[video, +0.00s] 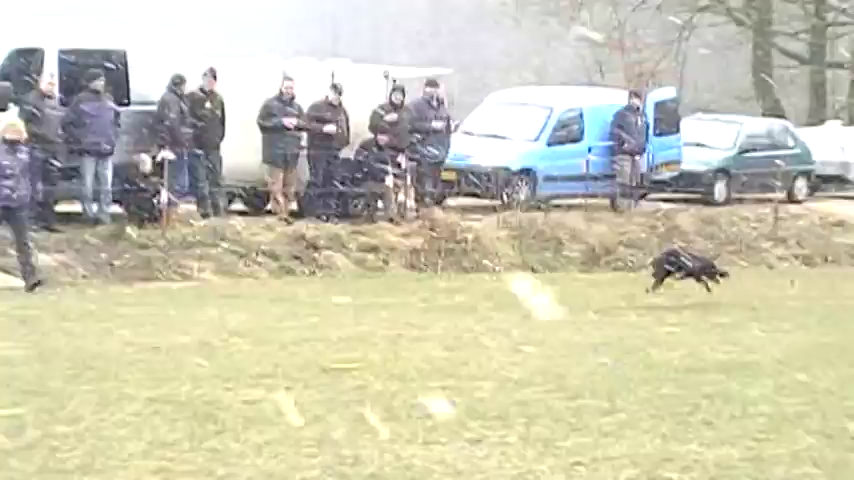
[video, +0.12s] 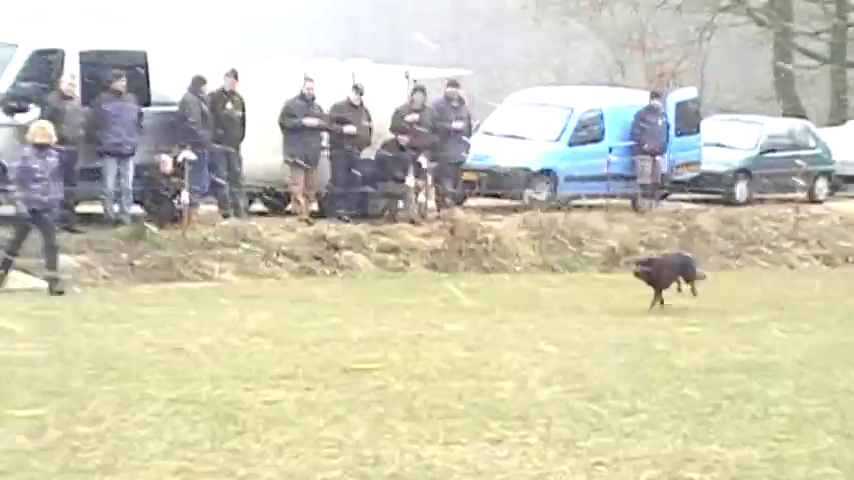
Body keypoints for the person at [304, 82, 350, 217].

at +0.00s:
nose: (336, 98)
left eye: (338, 95)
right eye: (334, 94)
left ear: (341, 96)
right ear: (329, 93)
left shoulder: (342, 111)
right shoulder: (316, 107)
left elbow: (346, 127)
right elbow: (307, 123)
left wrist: (345, 140)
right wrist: (322, 128)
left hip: (334, 149)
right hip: (318, 149)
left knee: (331, 180)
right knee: (317, 179)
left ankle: (330, 210)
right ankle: (314, 209)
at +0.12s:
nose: (357, 98)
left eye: (360, 95)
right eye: (355, 94)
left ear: (363, 96)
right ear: (350, 93)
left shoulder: (365, 111)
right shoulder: (338, 108)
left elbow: (369, 127)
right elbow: (330, 125)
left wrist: (367, 141)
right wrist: (343, 129)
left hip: (357, 150)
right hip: (340, 149)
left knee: (355, 180)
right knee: (340, 179)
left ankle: (352, 208)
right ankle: (338, 208)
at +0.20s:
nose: (350, 94)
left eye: (352, 91)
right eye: (347, 90)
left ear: (355, 92)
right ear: (342, 91)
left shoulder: (358, 110)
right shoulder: (332, 106)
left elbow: (367, 125)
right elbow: (324, 123)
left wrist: (358, 124)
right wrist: (343, 124)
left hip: (354, 154)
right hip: (336, 153)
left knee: (351, 187)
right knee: (337, 187)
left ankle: (348, 213)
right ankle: (340, 214)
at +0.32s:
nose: (353, 81)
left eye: (355, 78)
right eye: (351, 77)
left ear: (357, 79)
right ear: (347, 77)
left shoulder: (359, 97)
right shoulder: (337, 95)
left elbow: (362, 118)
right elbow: (332, 115)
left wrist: (360, 136)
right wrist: (333, 134)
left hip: (354, 141)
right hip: (339, 141)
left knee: (356, 173)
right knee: (343, 173)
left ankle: (359, 205)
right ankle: (346, 205)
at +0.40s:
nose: (347, 86)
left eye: (350, 82)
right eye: (344, 82)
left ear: (356, 84)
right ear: (337, 83)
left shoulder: (360, 102)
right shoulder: (329, 102)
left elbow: (364, 124)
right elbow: (320, 122)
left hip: (354, 150)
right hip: (334, 149)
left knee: (351, 186)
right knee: (334, 184)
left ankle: (347, 212)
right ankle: (330, 211)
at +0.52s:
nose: (341, 88)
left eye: (344, 84)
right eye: (337, 84)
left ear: (350, 84)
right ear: (332, 84)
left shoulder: (355, 98)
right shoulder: (331, 98)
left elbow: (361, 107)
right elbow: (324, 111)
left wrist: (348, 93)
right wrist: (330, 94)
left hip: (352, 143)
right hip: (332, 143)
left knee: (353, 181)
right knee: (330, 181)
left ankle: (354, 215)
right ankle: (329, 215)